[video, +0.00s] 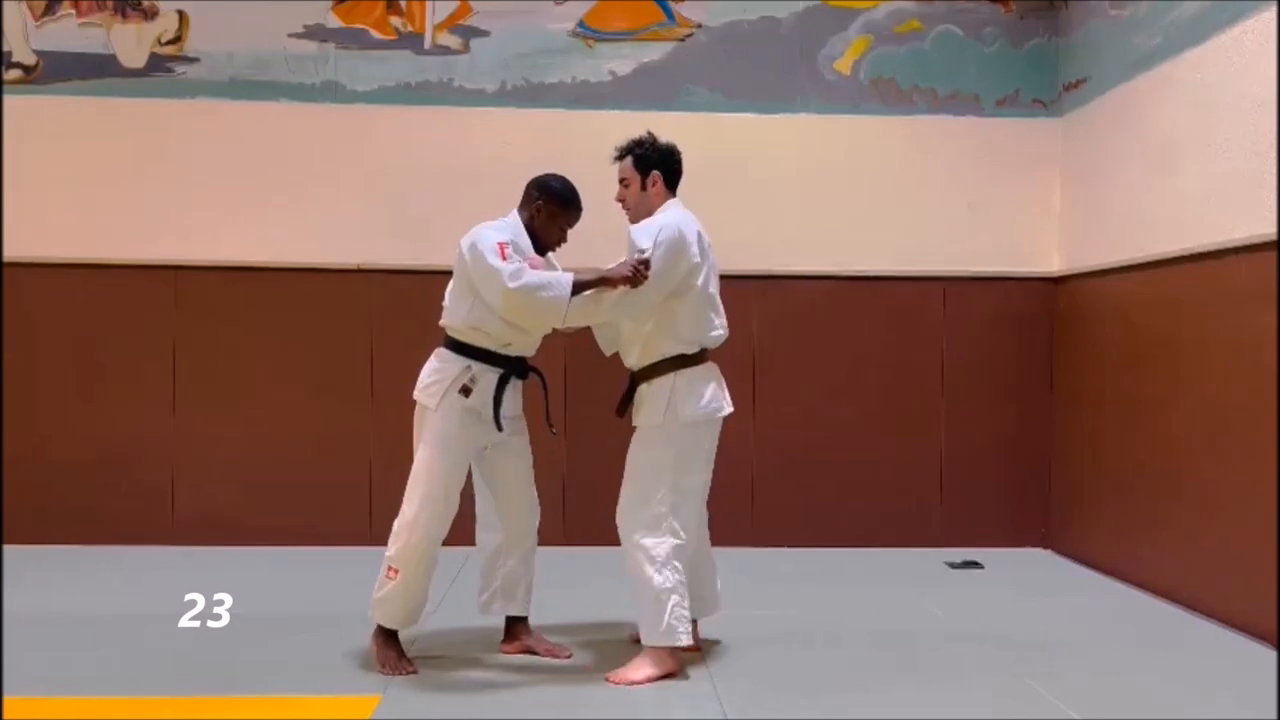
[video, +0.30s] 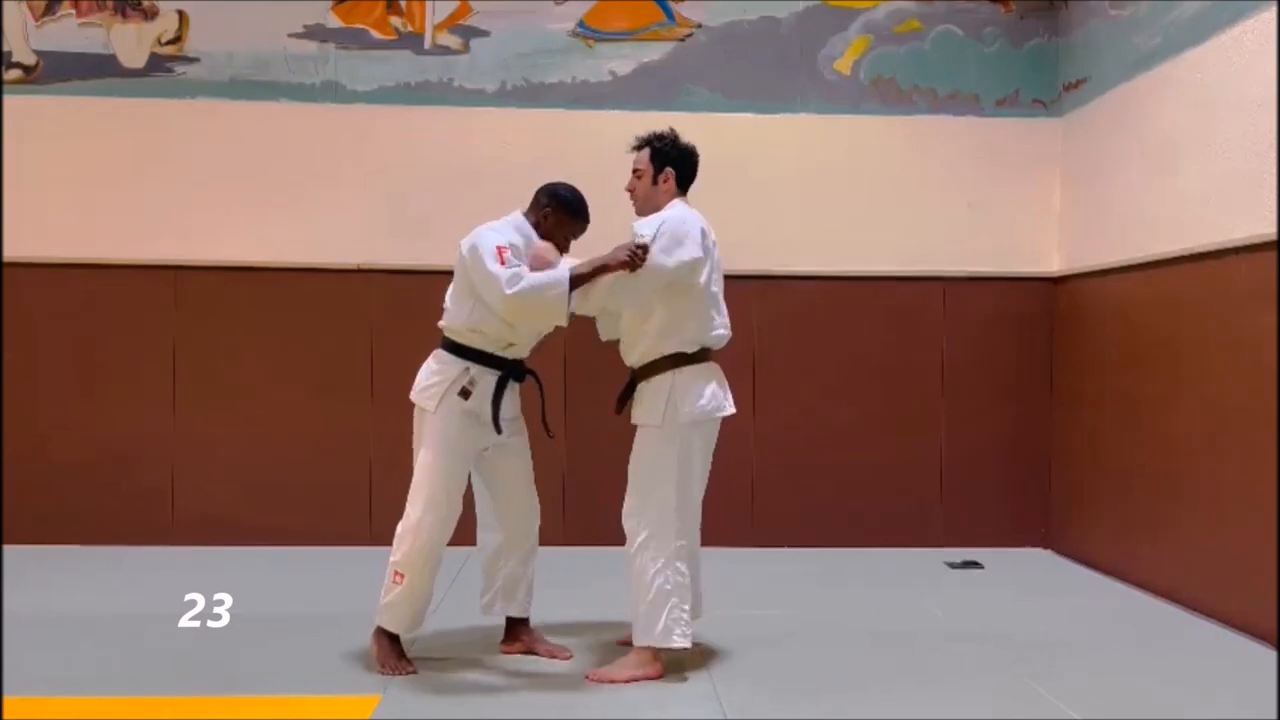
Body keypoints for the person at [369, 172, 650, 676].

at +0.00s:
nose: (565, 238)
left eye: (571, 229)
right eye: (563, 225)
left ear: (545, 214)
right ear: (536, 208)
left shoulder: (541, 266)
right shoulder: (486, 239)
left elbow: (566, 310)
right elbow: (517, 286)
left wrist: (625, 288)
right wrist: (600, 278)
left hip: (504, 391)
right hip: (456, 383)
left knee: (518, 512)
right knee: (428, 510)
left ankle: (516, 628)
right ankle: (386, 631)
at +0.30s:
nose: (568, 243)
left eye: (573, 236)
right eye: (566, 233)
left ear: (554, 219)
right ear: (545, 213)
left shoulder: (549, 259)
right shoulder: (489, 239)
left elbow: (591, 303)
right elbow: (513, 291)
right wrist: (594, 267)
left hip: (503, 393)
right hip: (454, 385)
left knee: (519, 513)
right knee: (432, 512)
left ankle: (517, 628)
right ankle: (388, 633)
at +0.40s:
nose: (571, 221)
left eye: (577, 217)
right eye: (571, 211)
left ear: (563, 208)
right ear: (552, 195)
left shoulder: (554, 244)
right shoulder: (493, 229)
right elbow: (532, 251)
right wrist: (609, 210)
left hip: (510, 386)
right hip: (462, 378)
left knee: (521, 508)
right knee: (434, 505)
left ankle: (518, 625)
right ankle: (389, 628)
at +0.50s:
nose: (576, 200)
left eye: (582, 198)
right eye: (576, 191)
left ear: (568, 192)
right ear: (557, 178)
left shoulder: (551, 237)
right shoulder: (502, 214)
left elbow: (600, 247)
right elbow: (561, 206)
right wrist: (621, 181)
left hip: (520, 377)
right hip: (474, 369)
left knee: (528, 500)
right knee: (439, 497)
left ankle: (524, 619)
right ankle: (393, 620)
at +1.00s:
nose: (590, 227)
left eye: (593, 223)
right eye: (584, 217)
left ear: (590, 223)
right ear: (563, 200)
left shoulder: (582, 254)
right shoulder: (508, 219)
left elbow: (620, 247)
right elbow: (542, 192)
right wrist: (595, 167)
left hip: (531, 385)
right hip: (477, 372)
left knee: (514, 503)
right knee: (433, 496)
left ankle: (496, 621)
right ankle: (389, 618)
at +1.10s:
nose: (570, 257)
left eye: (581, 249)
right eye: (562, 245)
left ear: (592, 252)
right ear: (543, 238)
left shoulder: (588, 303)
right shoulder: (509, 260)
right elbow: (492, 207)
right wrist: (565, 180)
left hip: (528, 414)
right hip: (474, 400)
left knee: (509, 489)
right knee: (391, 516)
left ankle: (484, 551)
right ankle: (410, 636)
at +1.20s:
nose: (564, 336)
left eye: (576, 329)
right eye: (561, 327)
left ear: (600, 334)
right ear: (553, 328)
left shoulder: (608, 375)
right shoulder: (524, 359)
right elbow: (486, 303)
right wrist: (521, 269)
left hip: (547, 467)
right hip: (490, 468)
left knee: (531, 479)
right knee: (366, 530)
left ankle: (506, 508)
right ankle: (412, 650)